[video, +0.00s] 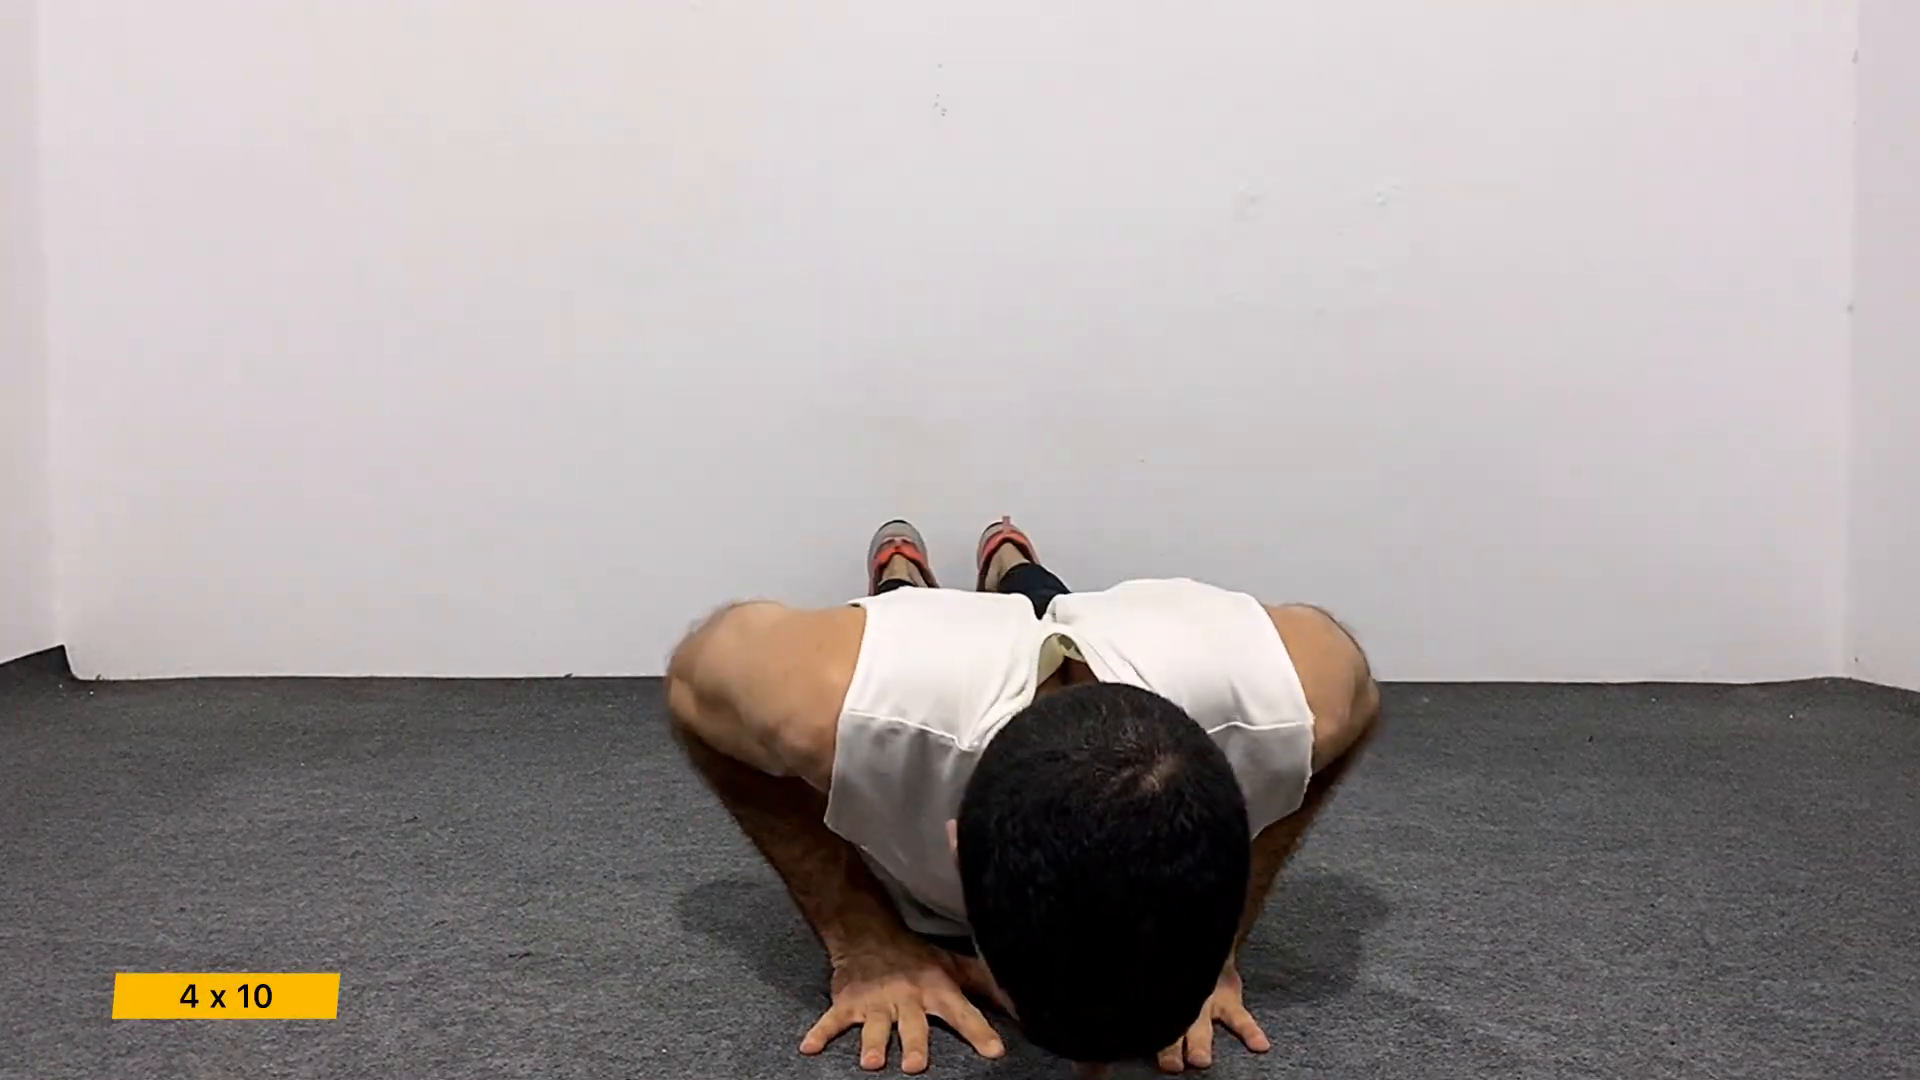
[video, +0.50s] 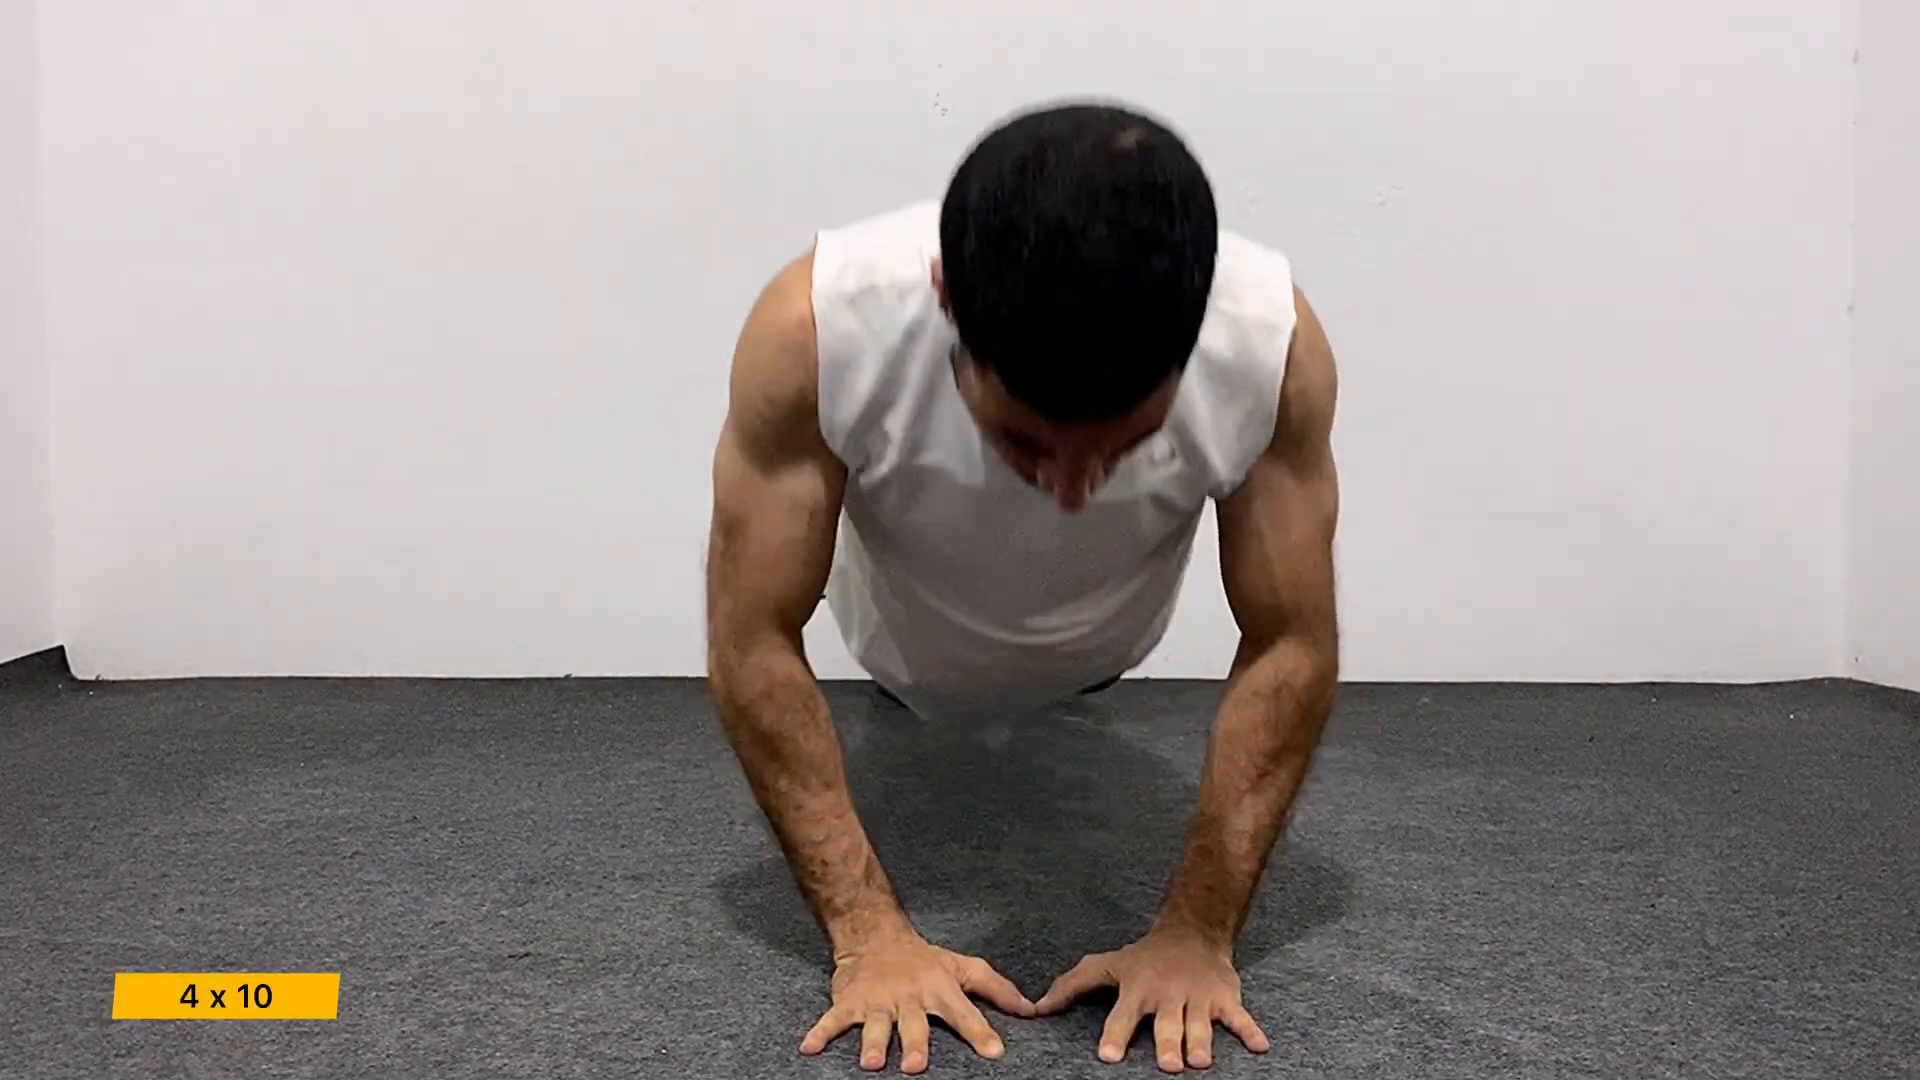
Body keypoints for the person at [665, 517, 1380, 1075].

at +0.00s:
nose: (1095, 1072)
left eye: (1134, 1052)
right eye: (1062, 1048)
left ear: (1235, 875)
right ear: (964, 852)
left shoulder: (1301, 694)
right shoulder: (835, 703)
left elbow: (1356, 695)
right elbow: (698, 679)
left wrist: (1225, 939)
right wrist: (857, 931)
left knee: (1055, 624)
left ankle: (1019, 576)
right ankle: (904, 590)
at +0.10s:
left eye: (1122, 1018)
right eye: (1032, 999)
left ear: (1234, 808)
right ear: (956, 804)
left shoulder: (1303, 679)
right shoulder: (827, 680)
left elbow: (1347, 712)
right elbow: (702, 682)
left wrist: (1217, 947)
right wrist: (862, 939)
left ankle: (1012, 567)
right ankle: (897, 569)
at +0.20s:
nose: (1089, 926)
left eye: (1132, 885)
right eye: (1047, 877)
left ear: (1219, 763)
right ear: (956, 717)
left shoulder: (1298, 620)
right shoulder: (818, 618)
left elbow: (1324, 714)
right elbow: (718, 692)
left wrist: (1201, 929)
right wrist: (862, 931)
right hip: (917, 837)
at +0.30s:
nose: (1087, 784)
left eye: (1131, 745)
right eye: (1042, 741)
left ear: (1212, 632)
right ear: (951, 591)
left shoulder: (1290, 535)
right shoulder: (820, 521)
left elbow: (1307, 696)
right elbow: (722, 688)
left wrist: (1202, 923)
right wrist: (864, 932)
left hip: (1149, 769)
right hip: (903, 781)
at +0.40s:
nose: (1075, 633)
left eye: (1128, 592)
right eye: (1034, 588)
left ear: (1201, 488)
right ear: (950, 448)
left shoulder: (1278, 443)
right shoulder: (817, 428)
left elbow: (1303, 672)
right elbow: (728, 669)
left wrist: (1200, 929)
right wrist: (868, 936)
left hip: (1119, 720)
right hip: (901, 721)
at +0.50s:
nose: (1071, 490)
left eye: (1123, 440)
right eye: (1027, 440)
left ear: (1179, 347)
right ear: (947, 301)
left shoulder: (1270, 349)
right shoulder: (814, 334)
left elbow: (1290, 644)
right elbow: (749, 641)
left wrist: (1197, 929)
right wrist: (869, 933)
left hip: (1105, 656)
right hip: (904, 656)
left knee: (1088, 675)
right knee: (904, 675)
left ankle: (1075, 672)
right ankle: (910, 678)